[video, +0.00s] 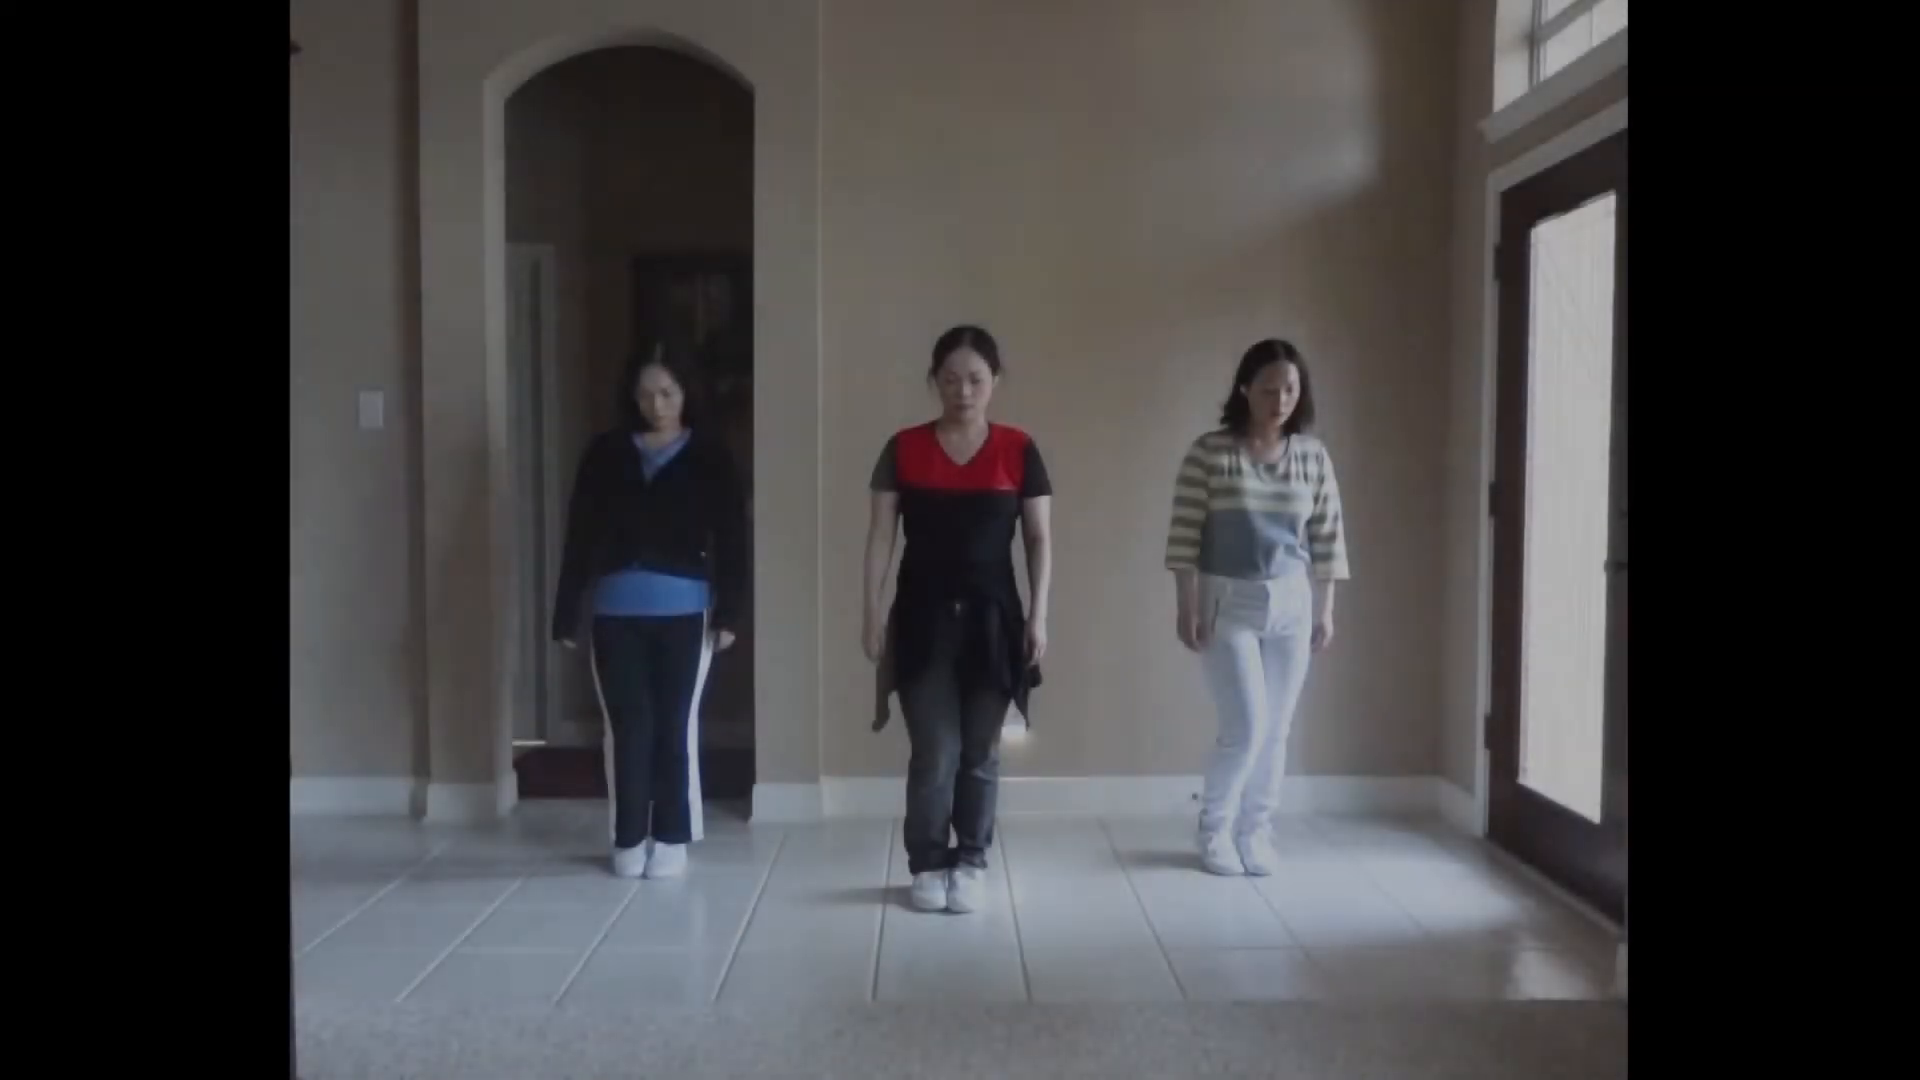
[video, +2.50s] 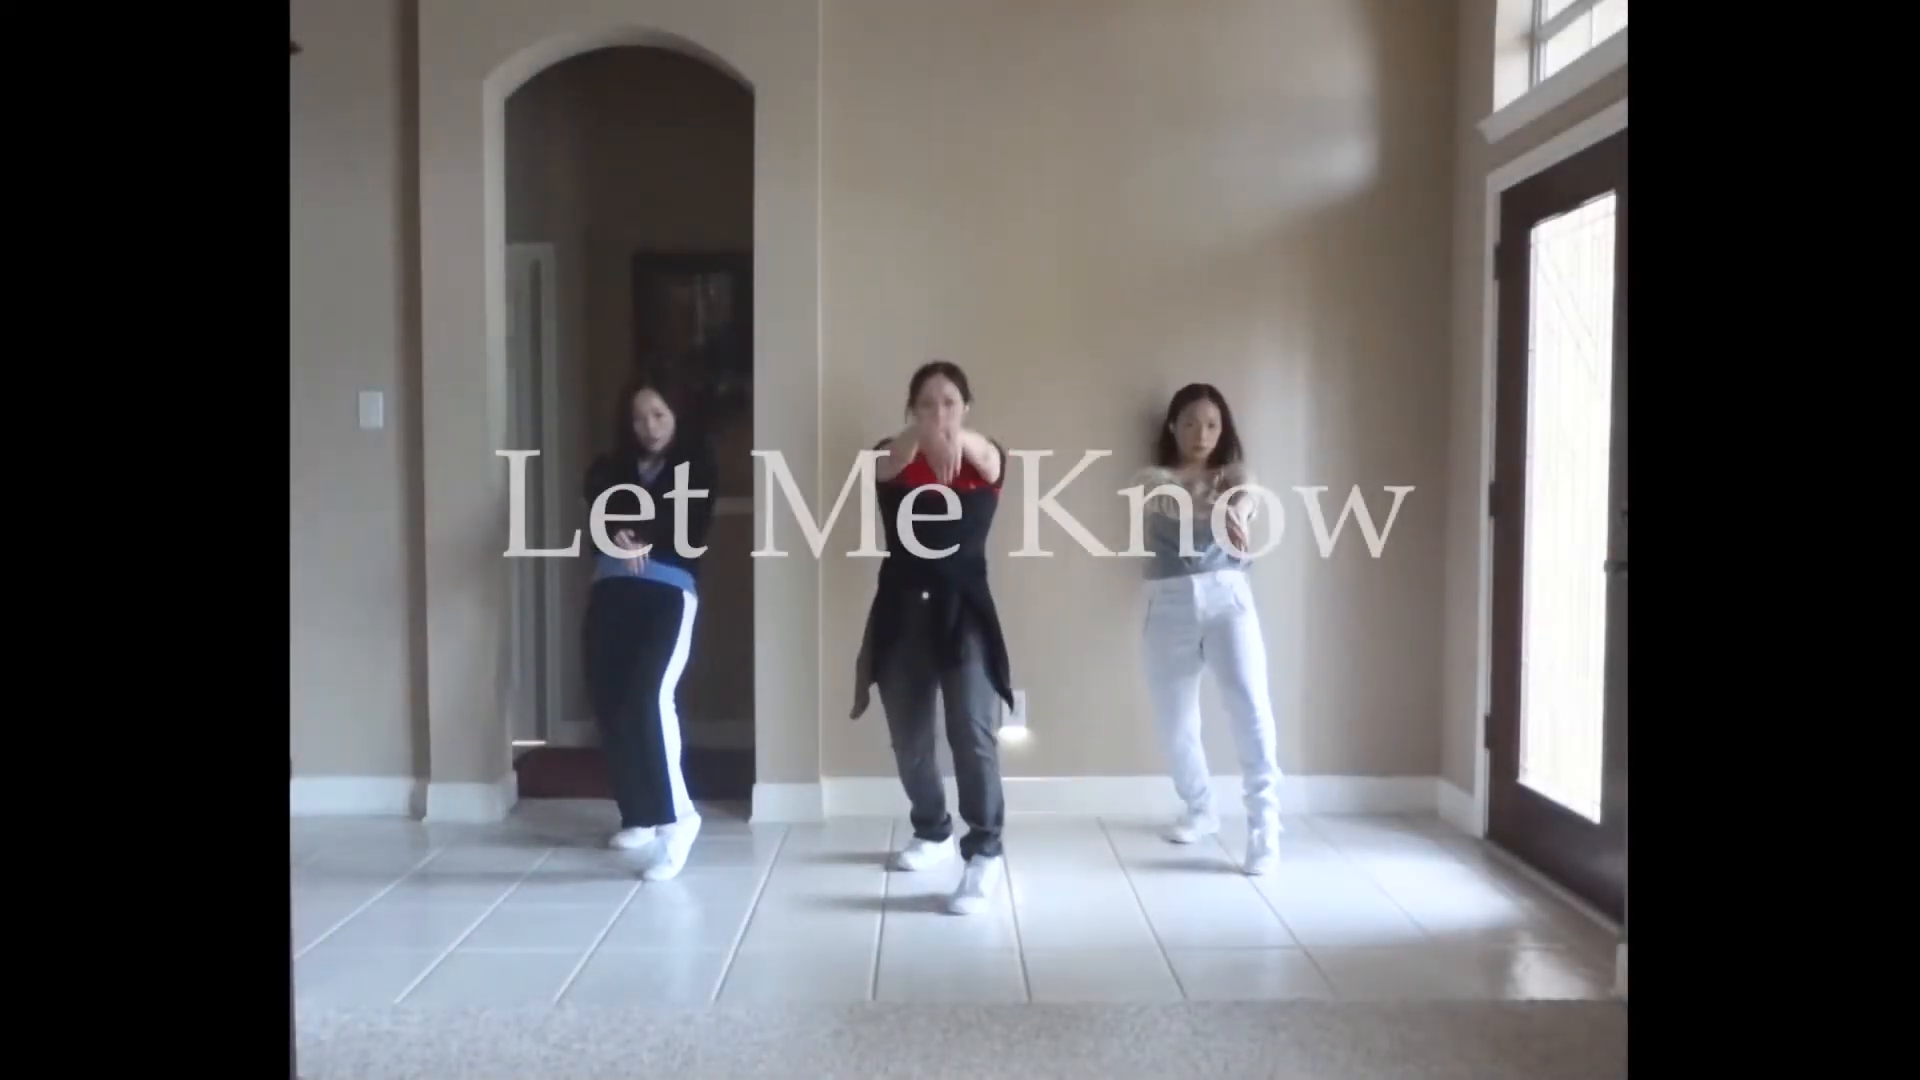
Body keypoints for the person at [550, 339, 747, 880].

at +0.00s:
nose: (658, 403)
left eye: (667, 392)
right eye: (649, 393)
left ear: (684, 395)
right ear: (635, 398)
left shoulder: (709, 456)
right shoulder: (607, 453)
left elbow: (730, 538)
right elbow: (581, 536)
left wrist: (730, 612)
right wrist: (568, 612)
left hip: (683, 616)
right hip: (616, 615)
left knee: (671, 729)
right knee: (630, 728)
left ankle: (671, 840)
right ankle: (629, 842)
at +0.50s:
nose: (651, 400)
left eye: (661, 390)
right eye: (642, 391)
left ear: (679, 393)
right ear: (629, 394)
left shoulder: (704, 453)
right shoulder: (602, 451)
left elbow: (727, 533)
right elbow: (573, 532)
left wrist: (729, 608)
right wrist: (557, 609)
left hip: (680, 613)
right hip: (612, 613)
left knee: (669, 726)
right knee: (625, 729)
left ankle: (670, 840)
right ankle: (628, 842)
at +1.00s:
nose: (644, 435)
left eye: (653, 424)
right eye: (636, 425)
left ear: (677, 423)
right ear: (627, 425)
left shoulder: (702, 472)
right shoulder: (609, 469)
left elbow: (749, 467)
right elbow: (541, 471)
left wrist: (705, 433)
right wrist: (584, 423)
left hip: (682, 627)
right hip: (615, 626)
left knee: (673, 739)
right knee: (618, 746)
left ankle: (670, 847)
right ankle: (635, 768)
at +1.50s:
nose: (636, 378)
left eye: (648, 369)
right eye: (628, 370)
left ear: (665, 379)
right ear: (616, 380)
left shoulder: (683, 427)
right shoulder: (597, 429)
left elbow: (706, 369)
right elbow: (573, 377)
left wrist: (657, 346)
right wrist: (609, 335)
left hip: (668, 582)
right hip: (613, 582)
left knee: (663, 702)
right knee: (628, 704)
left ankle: (685, 823)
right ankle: (643, 817)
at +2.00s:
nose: (643, 409)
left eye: (652, 400)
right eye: (634, 402)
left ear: (670, 403)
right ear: (623, 408)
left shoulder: (689, 454)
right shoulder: (605, 453)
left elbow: (687, 524)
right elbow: (594, 468)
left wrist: (643, 494)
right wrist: (615, 482)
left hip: (667, 590)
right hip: (611, 588)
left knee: (655, 699)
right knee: (618, 702)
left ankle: (681, 818)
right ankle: (640, 819)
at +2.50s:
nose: (650, 425)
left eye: (658, 415)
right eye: (641, 417)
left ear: (676, 416)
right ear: (630, 422)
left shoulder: (694, 465)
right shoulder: (609, 468)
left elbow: (695, 534)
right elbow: (595, 523)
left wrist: (648, 530)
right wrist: (616, 541)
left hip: (669, 592)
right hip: (613, 591)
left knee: (651, 696)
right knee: (612, 698)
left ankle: (679, 817)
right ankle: (641, 820)